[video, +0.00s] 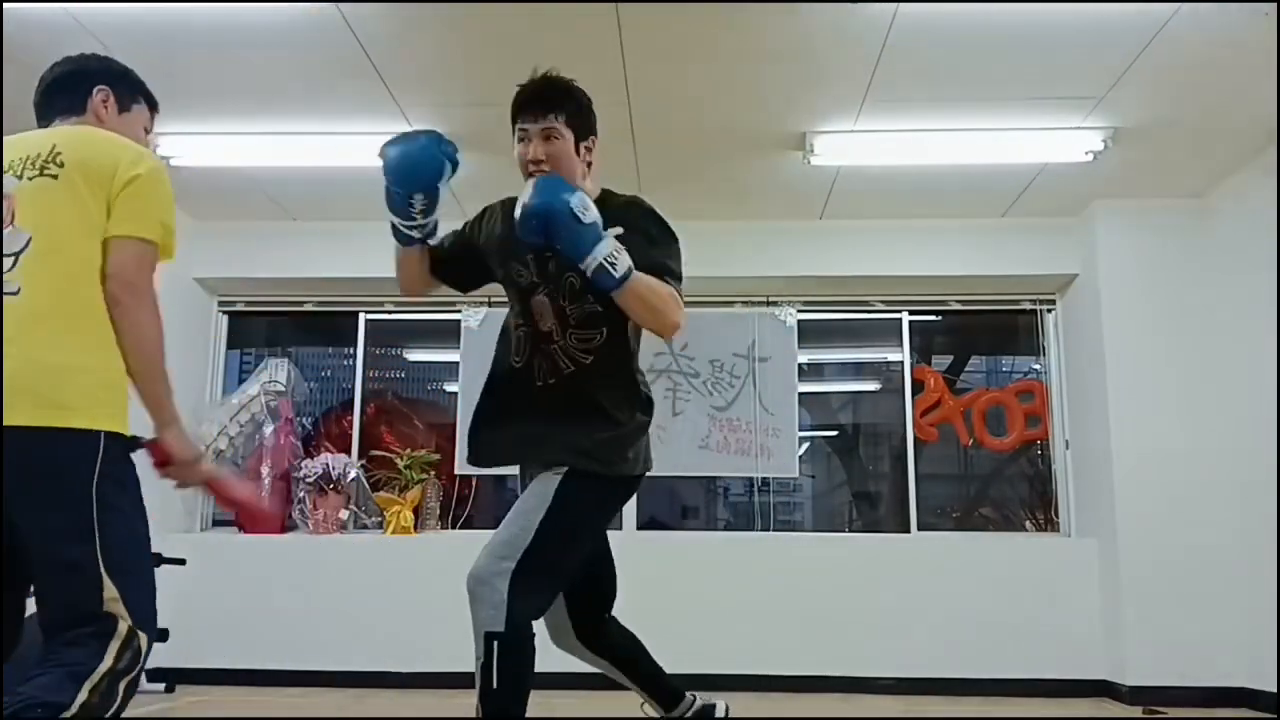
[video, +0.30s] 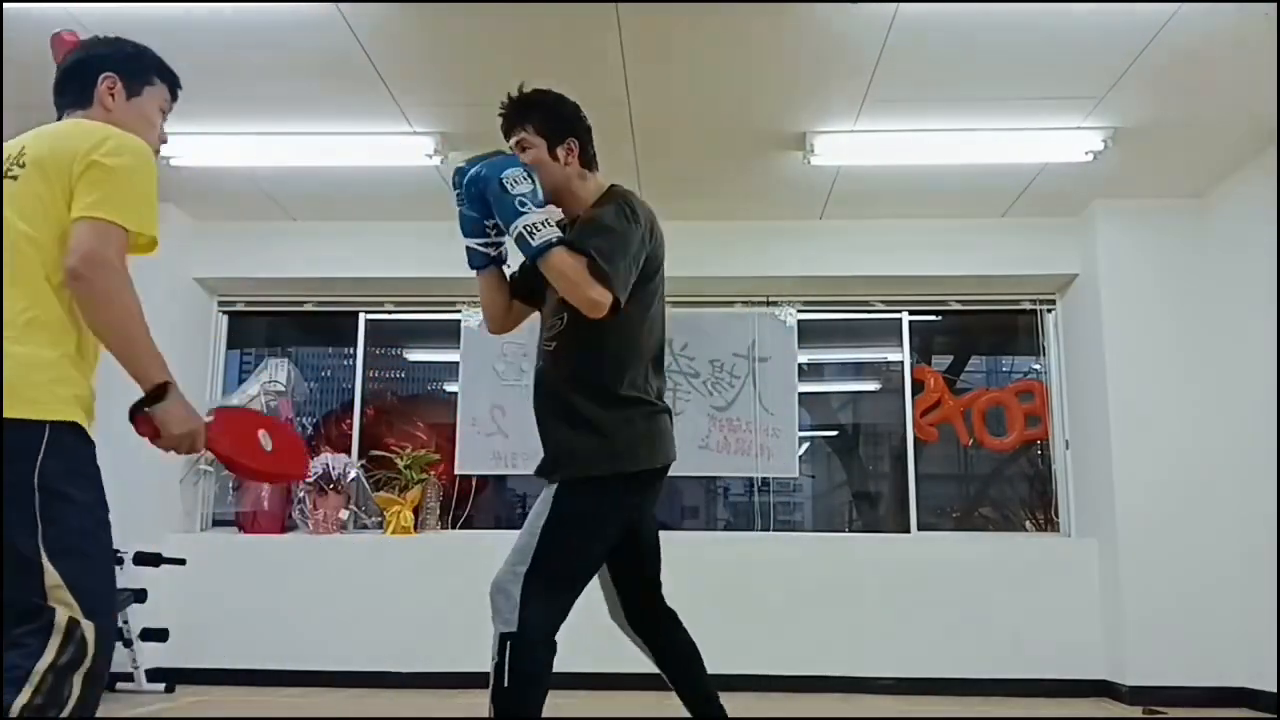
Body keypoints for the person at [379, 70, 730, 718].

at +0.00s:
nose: (534, 150)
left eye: (550, 136)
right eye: (524, 137)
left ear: (588, 150)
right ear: (515, 148)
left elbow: (669, 320)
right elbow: (415, 282)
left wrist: (594, 251)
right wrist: (413, 213)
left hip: (604, 446)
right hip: (543, 445)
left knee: (498, 585)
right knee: (578, 624)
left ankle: (500, 717)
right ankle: (683, 708)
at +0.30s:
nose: (517, 169)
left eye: (526, 152)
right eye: (513, 157)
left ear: (570, 151)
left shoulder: (621, 215)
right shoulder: (572, 233)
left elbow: (593, 296)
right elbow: (501, 317)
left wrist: (526, 219)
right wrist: (480, 234)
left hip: (615, 453)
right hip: (612, 451)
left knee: (523, 600)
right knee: (641, 607)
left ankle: (513, 715)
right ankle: (713, 715)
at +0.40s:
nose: (513, 154)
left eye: (522, 137)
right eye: (511, 142)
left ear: (564, 136)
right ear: (564, 141)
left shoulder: (597, 194)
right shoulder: (601, 207)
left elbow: (560, 257)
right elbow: (529, 313)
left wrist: (497, 191)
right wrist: (494, 236)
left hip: (605, 442)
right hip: (649, 439)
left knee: (533, 599)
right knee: (668, 594)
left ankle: (515, 713)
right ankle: (718, 713)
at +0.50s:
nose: (510, 152)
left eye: (517, 137)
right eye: (509, 141)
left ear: (560, 135)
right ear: (568, 136)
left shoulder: (563, 179)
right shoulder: (627, 197)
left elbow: (450, 176)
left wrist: (378, 107)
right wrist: (524, 231)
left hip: (613, 427)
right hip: (672, 428)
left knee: (522, 598)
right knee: (669, 578)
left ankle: (502, 714)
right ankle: (735, 711)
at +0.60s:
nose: (526, 167)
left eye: (533, 152)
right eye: (524, 156)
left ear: (578, 147)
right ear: (596, 152)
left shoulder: (580, 189)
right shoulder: (646, 215)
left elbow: (469, 170)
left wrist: (410, 106)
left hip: (614, 445)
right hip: (673, 450)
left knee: (487, 597)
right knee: (688, 595)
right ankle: (796, 708)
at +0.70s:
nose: (565, 172)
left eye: (573, 157)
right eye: (565, 159)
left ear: (615, 155)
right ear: (627, 156)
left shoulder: (621, 203)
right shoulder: (674, 227)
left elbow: (546, 190)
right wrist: (566, 260)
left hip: (616, 460)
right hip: (688, 460)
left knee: (516, 606)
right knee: (737, 609)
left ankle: (497, 718)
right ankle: (831, 713)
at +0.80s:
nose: (625, 145)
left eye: (635, 124)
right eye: (628, 129)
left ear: (654, 122)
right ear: (667, 124)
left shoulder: (681, 187)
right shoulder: (702, 211)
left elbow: (645, 151)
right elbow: (623, 302)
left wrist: (608, 107)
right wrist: (602, 232)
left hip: (674, 429)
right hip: (729, 424)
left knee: (602, 602)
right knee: (775, 579)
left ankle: (550, 711)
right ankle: (861, 707)